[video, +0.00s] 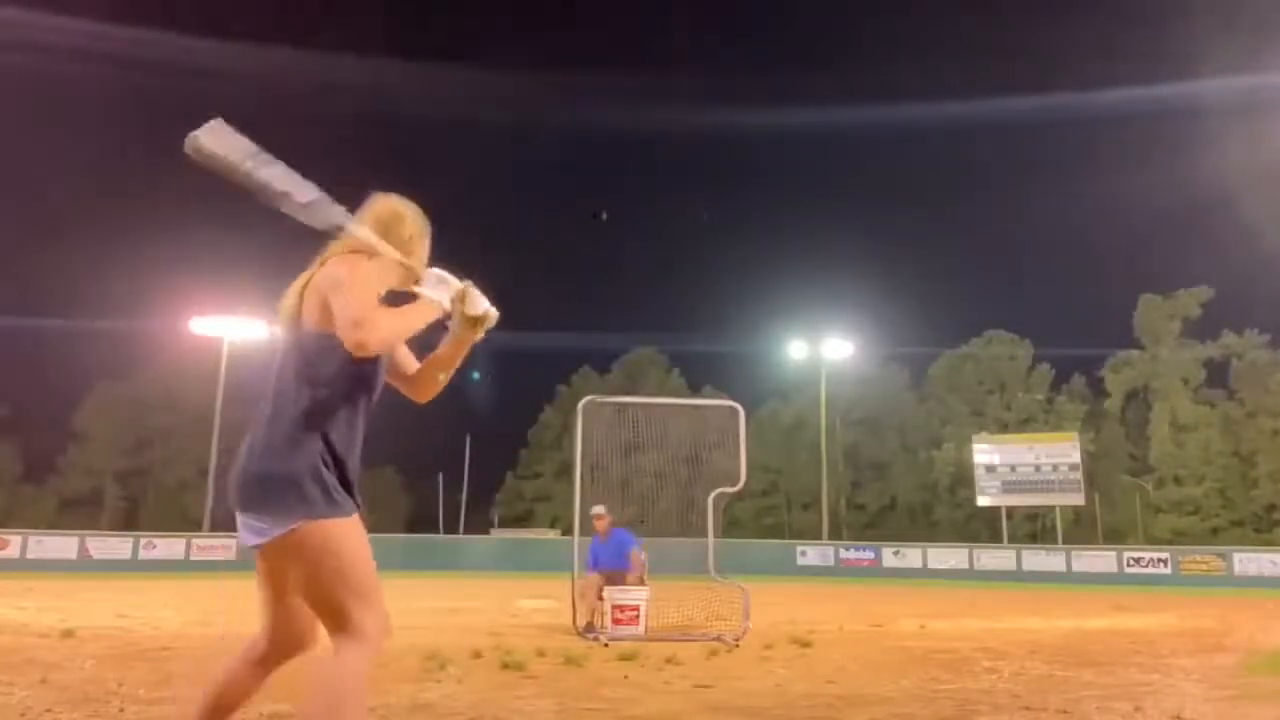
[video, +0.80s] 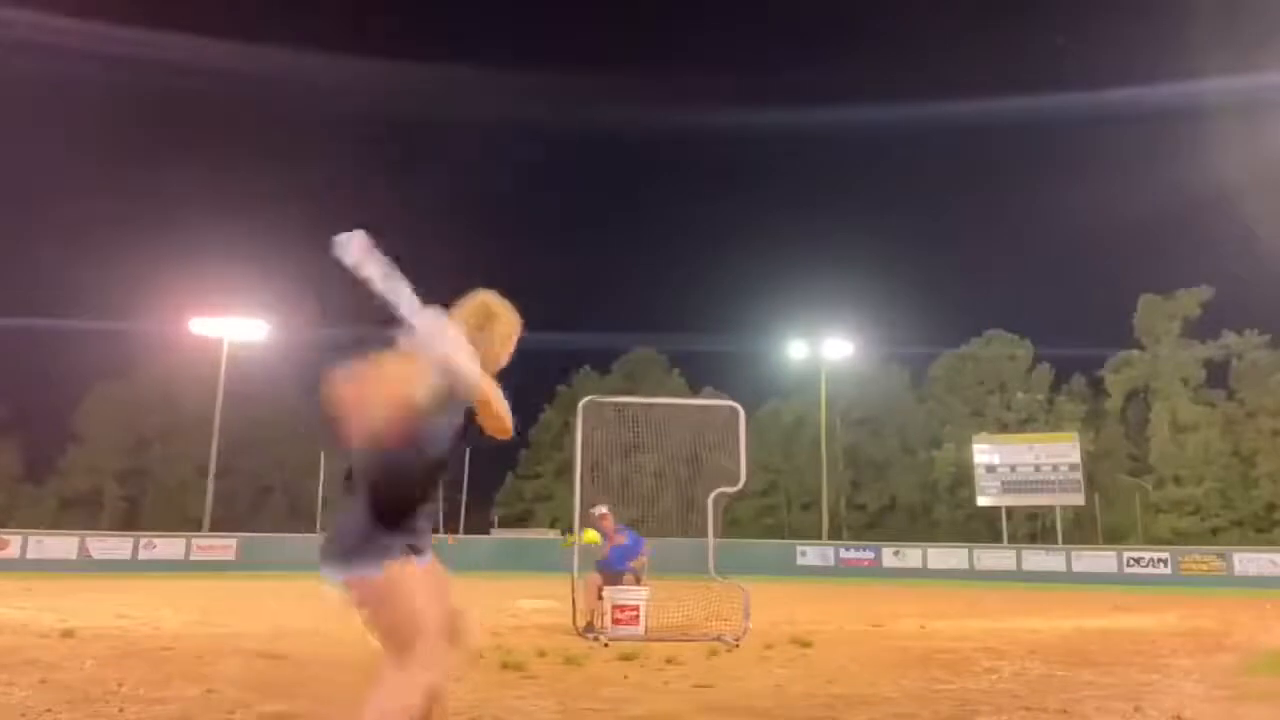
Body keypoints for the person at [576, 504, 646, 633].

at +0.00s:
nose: (599, 523)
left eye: (601, 518)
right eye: (596, 519)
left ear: (609, 519)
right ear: (593, 522)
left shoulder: (621, 535)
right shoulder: (595, 541)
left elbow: (636, 554)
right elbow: (591, 566)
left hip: (622, 573)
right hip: (603, 574)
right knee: (590, 582)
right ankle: (589, 622)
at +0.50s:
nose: (598, 524)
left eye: (601, 520)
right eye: (595, 521)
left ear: (608, 520)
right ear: (592, 524)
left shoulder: (622, 534)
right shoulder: (596, 540)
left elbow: (642, 545)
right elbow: (592, 563)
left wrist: (641, 568)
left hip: (623, 572)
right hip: (605, 573)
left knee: (629, 577)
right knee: (592, 580)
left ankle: (627, 620)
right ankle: (589, 622)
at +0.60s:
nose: (598, 523)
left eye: (601, 519)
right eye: (595, 520)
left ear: (607, 519)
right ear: (591, 523)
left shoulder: (622, 533)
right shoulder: (594, 538)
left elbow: (644, 545)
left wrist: (642, 556)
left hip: (625, 570)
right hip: (605, 572)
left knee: (629, 579)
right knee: (592, 579)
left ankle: (629, 620)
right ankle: (590, 622)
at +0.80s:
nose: (605, 523)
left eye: (607, 518)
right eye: (601, 520)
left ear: (612, 519)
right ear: (596, 523)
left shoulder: (626, 533)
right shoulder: (599, 540)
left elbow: (643, 545)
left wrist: (639, 561)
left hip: (626, 571)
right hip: (608, 572)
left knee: (629, 579)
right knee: (592, 579)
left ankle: (628, 620)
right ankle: (590, 621)